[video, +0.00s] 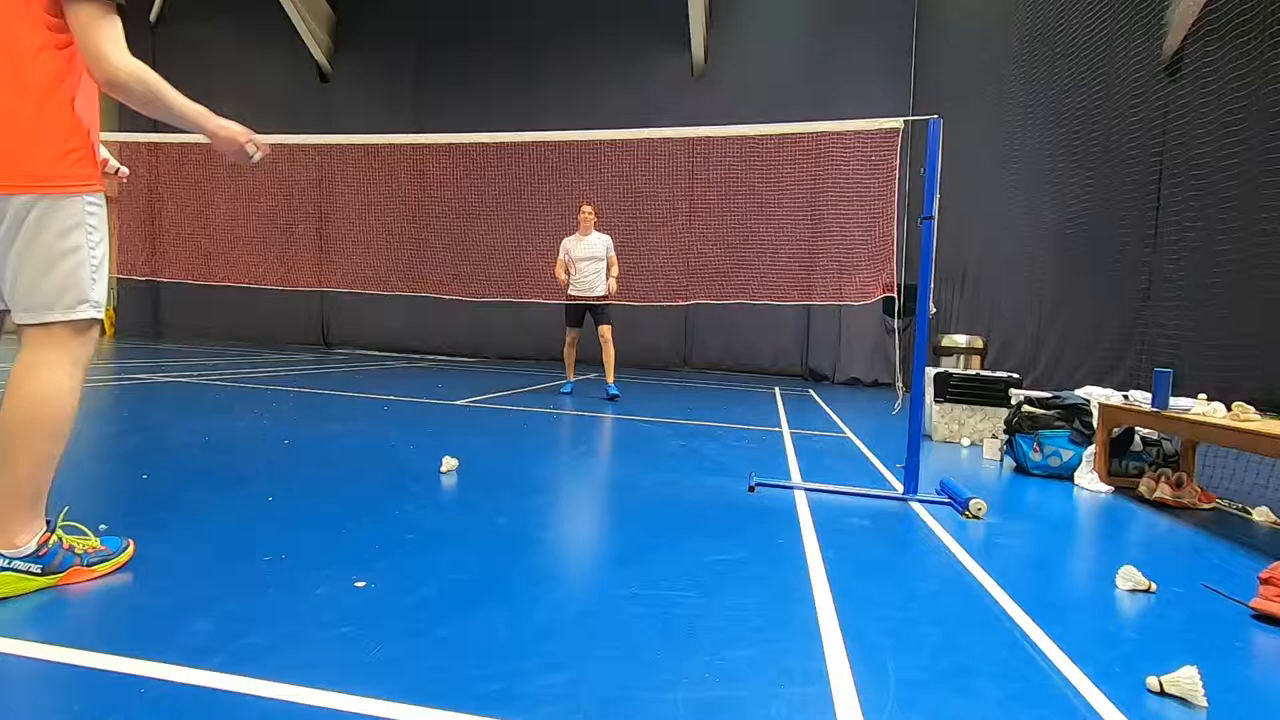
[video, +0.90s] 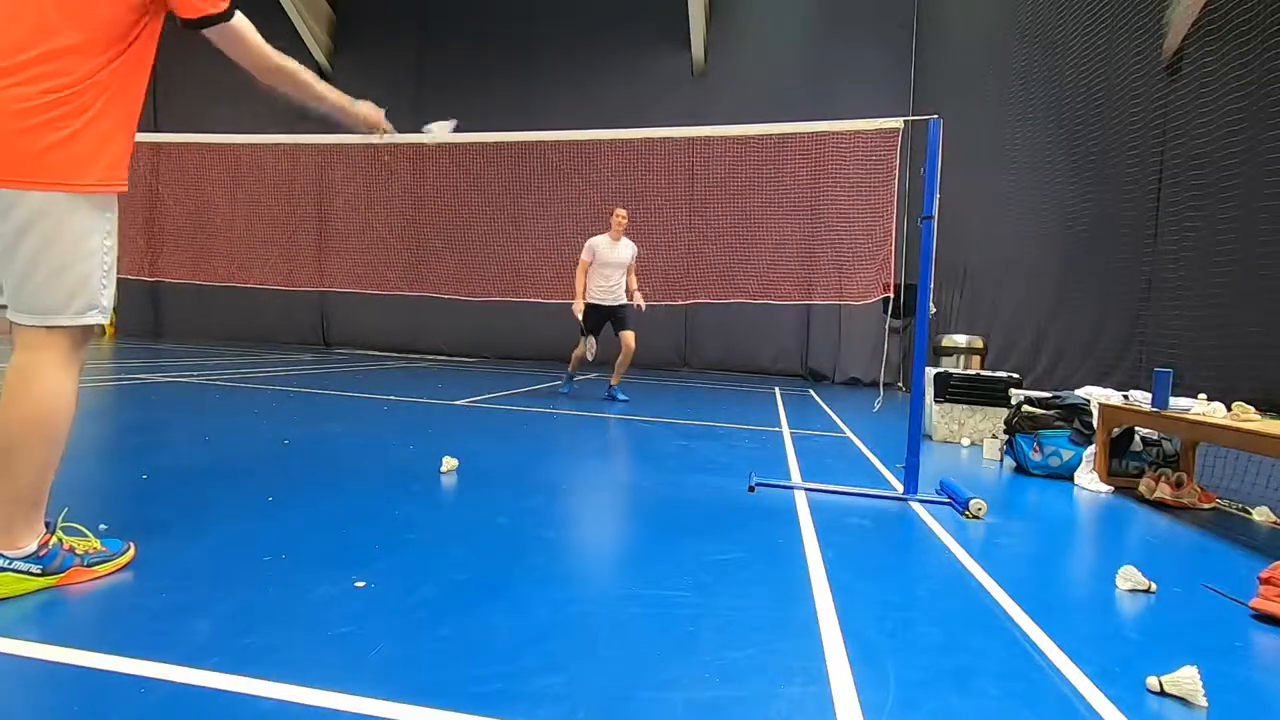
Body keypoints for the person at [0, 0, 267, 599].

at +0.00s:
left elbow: (24, 66)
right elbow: (111, 65)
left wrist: (78, 144)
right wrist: (214, 125)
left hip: (19, 157)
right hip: (43, 158)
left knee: (48, 335)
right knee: (57, 337)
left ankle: (19, 535)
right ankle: (19, 544)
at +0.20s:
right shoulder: (91, 4)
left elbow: (24, 67)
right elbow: (144, 71)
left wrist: (68, 154)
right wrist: (254, 134)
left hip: (24, 166)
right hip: (36, 167)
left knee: (30, 344)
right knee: (35, 346)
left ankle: (19, 532)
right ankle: (18, 542)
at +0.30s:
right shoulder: (107, 3)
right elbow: (149, 79)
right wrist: (259, 171)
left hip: (22, 159)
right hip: (36, 161)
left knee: (27, 341)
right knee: (34, 343)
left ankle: (18, 534)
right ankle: (18, 542)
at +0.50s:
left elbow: (116, 72)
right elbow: (116, 70)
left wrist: (136, 206)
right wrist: (142, 208)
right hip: (39, 149)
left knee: (31, 340)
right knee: (37, 341)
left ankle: (16, 537)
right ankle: (16, 545)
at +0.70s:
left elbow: (165, 87)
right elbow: (162, 86)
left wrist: (176, 218)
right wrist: (179, 218)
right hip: (46, 151)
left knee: (34, 340)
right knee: (43, 343)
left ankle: (20, 532)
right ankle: (18, 544)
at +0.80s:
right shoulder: (159, 5)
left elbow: (224, 89)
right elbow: (225, 90)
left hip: (19, 151)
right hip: (51, 158)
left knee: (29, 342)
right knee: (44, 345)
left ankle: (18, 537)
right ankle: (19, 546)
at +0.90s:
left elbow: (259, 58)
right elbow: (260, 60)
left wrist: (346, 110)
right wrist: (349, 109)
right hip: (52, 148)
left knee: (21, 337)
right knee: (48, 343)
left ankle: (19, 530)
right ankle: (19, 544)